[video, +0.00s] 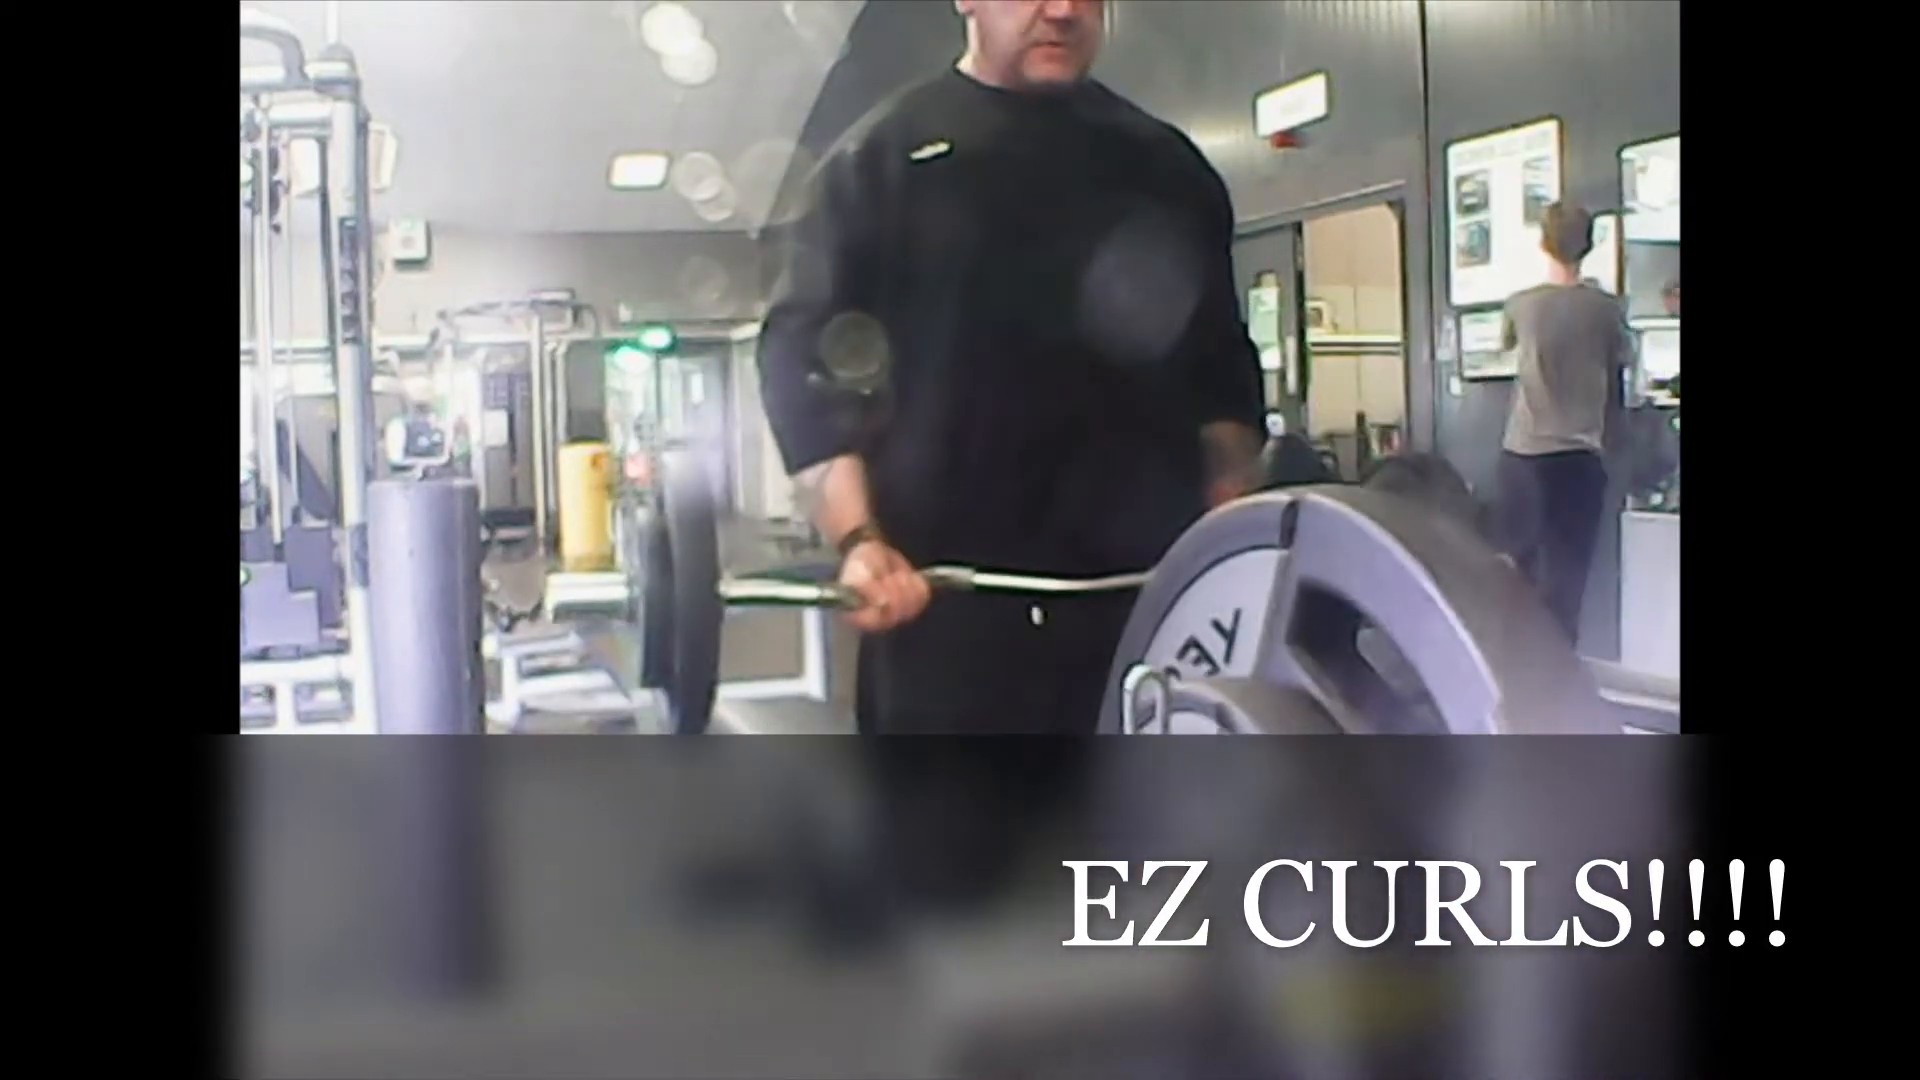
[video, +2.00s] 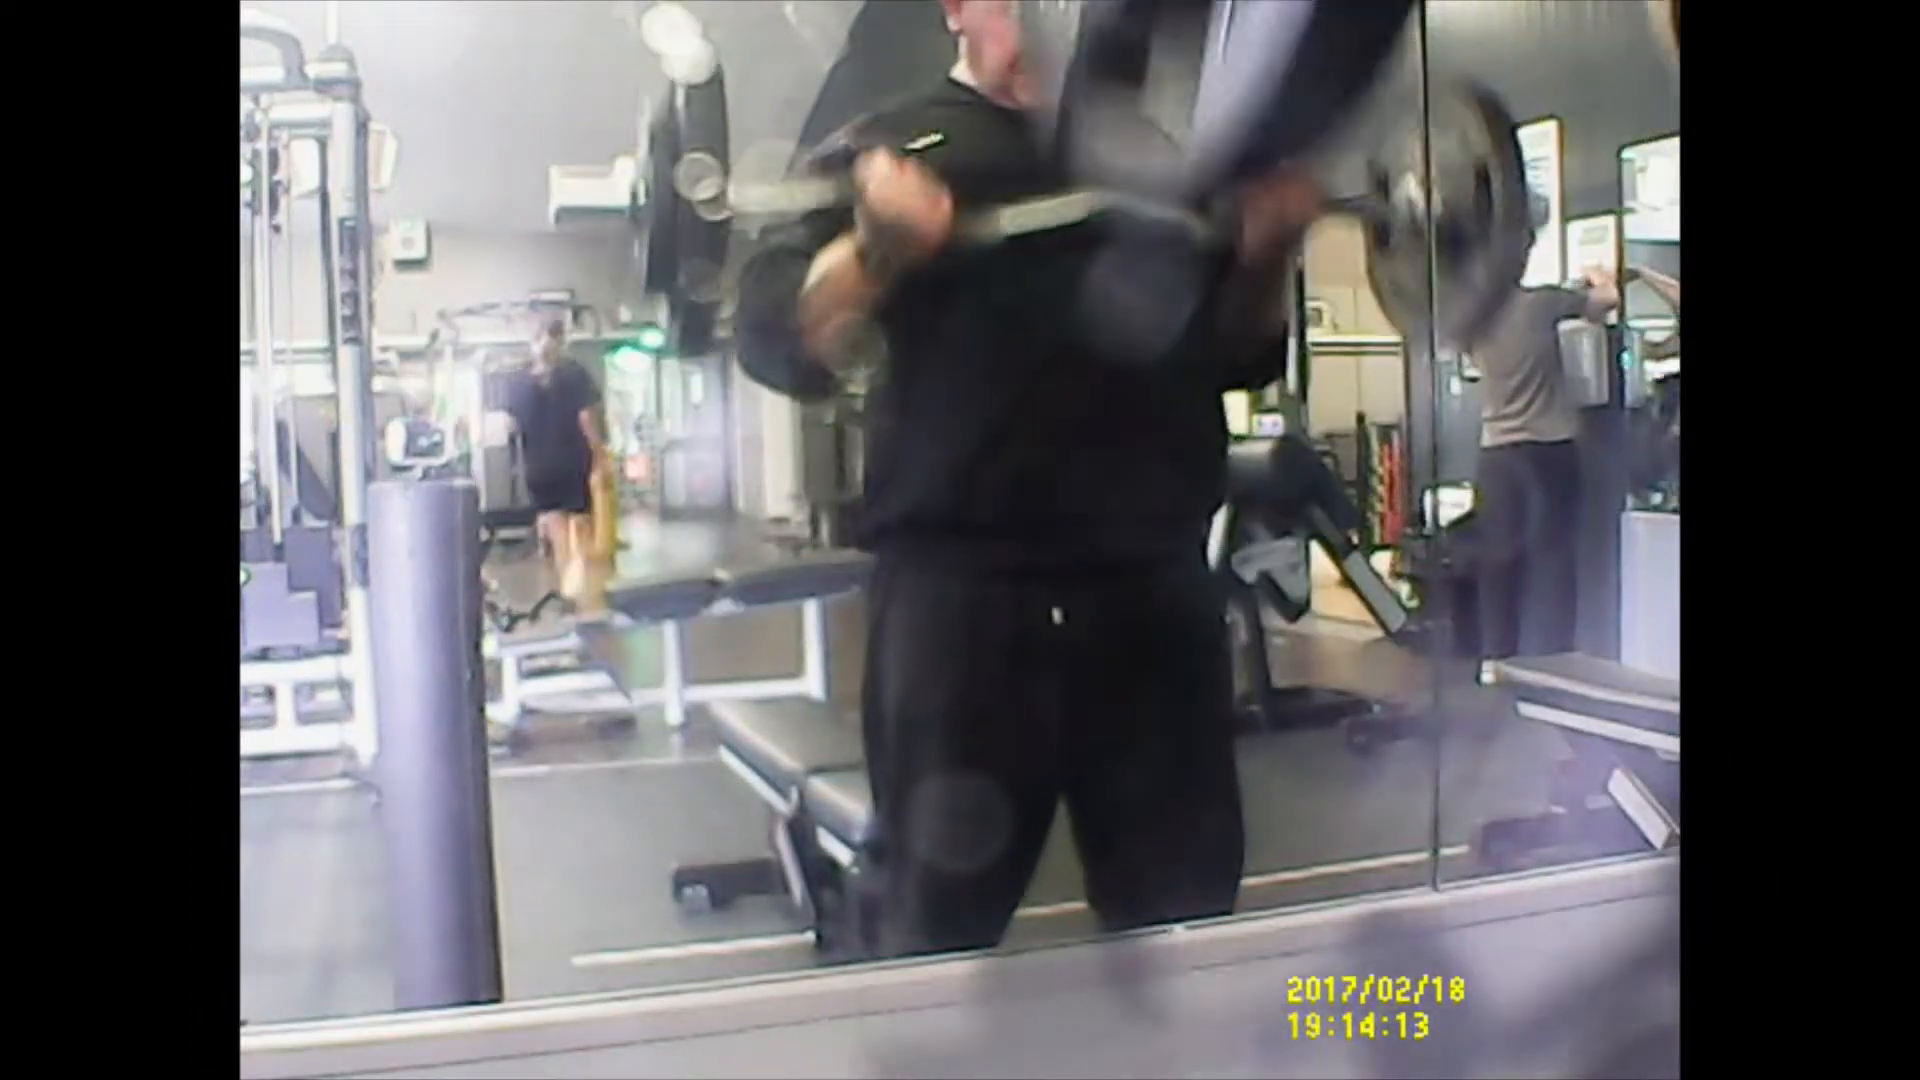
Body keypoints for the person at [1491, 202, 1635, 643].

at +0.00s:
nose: (1542, 245)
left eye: (1543, 239)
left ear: (1544, 245)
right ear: (1588, 246)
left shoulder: (1521, 305)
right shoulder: (1607, 308)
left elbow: (1506, 343)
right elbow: (1622, 363)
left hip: (1524, 452)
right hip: (1582, 453)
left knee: (1519, 560)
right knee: (1569, 569)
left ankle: (1518, 655)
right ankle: (1557, 660)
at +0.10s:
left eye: (1547, 236)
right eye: (1574, 238)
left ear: (1542, 242)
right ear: (1585, 244)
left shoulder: (1522, 300)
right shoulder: (1602, 299)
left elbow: (1515, 326)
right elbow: (1624, 337)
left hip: (1521, 449)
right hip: (1579, 450)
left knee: (1519, 551)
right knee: (1570, 559)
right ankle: (1561, 647)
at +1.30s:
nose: (1515, 252)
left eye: (1496, 247)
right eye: (1516, 245)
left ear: (1477, 255)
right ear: (1518, 251)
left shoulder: (1472, 314)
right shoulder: (1539, 301)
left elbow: (1511, 311)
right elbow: (1606, 298)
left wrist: (1549, 282)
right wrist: (1579, 268)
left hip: (1496, 441)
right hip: (1548, 438)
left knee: (1503, 539)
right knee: (1557, 541)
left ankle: (1500, 645)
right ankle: (1552, 651)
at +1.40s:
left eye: (1485, 251)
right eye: (1510, 248)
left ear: (1478, 256)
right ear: (1519, 251)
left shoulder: (1468, 315)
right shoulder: (1539, 302)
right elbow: (1605, 298)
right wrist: (1578, 270)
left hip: (1483, 432)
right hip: (1534, 430)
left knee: (1484, 543)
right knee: (1531, 538)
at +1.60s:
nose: (1522, 257)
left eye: (1518, 249)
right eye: (1521, 250)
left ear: (1480, 259)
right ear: (1519, 255)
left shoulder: (1468, 314)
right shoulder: (1542, 300)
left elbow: (1476, 357)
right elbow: (1600, 301)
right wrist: (1587, 278)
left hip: (1495, 449)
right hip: (1548, 445)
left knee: (1496, 555)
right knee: (1550, 554)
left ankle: (1492, 662)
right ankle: (1546, 667)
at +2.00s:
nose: (1528, 253)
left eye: (1526, 245)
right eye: (1525, 246)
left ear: (1482, 263)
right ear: (1520, 257)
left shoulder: (1472, 311)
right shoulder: (1541, 301)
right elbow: (1607, 299)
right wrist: (1597, 278)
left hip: (1495, 453)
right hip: (1548, 448)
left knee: (1499, 560)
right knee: (1552, 557)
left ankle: (1495, 666)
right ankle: (1549, 671)